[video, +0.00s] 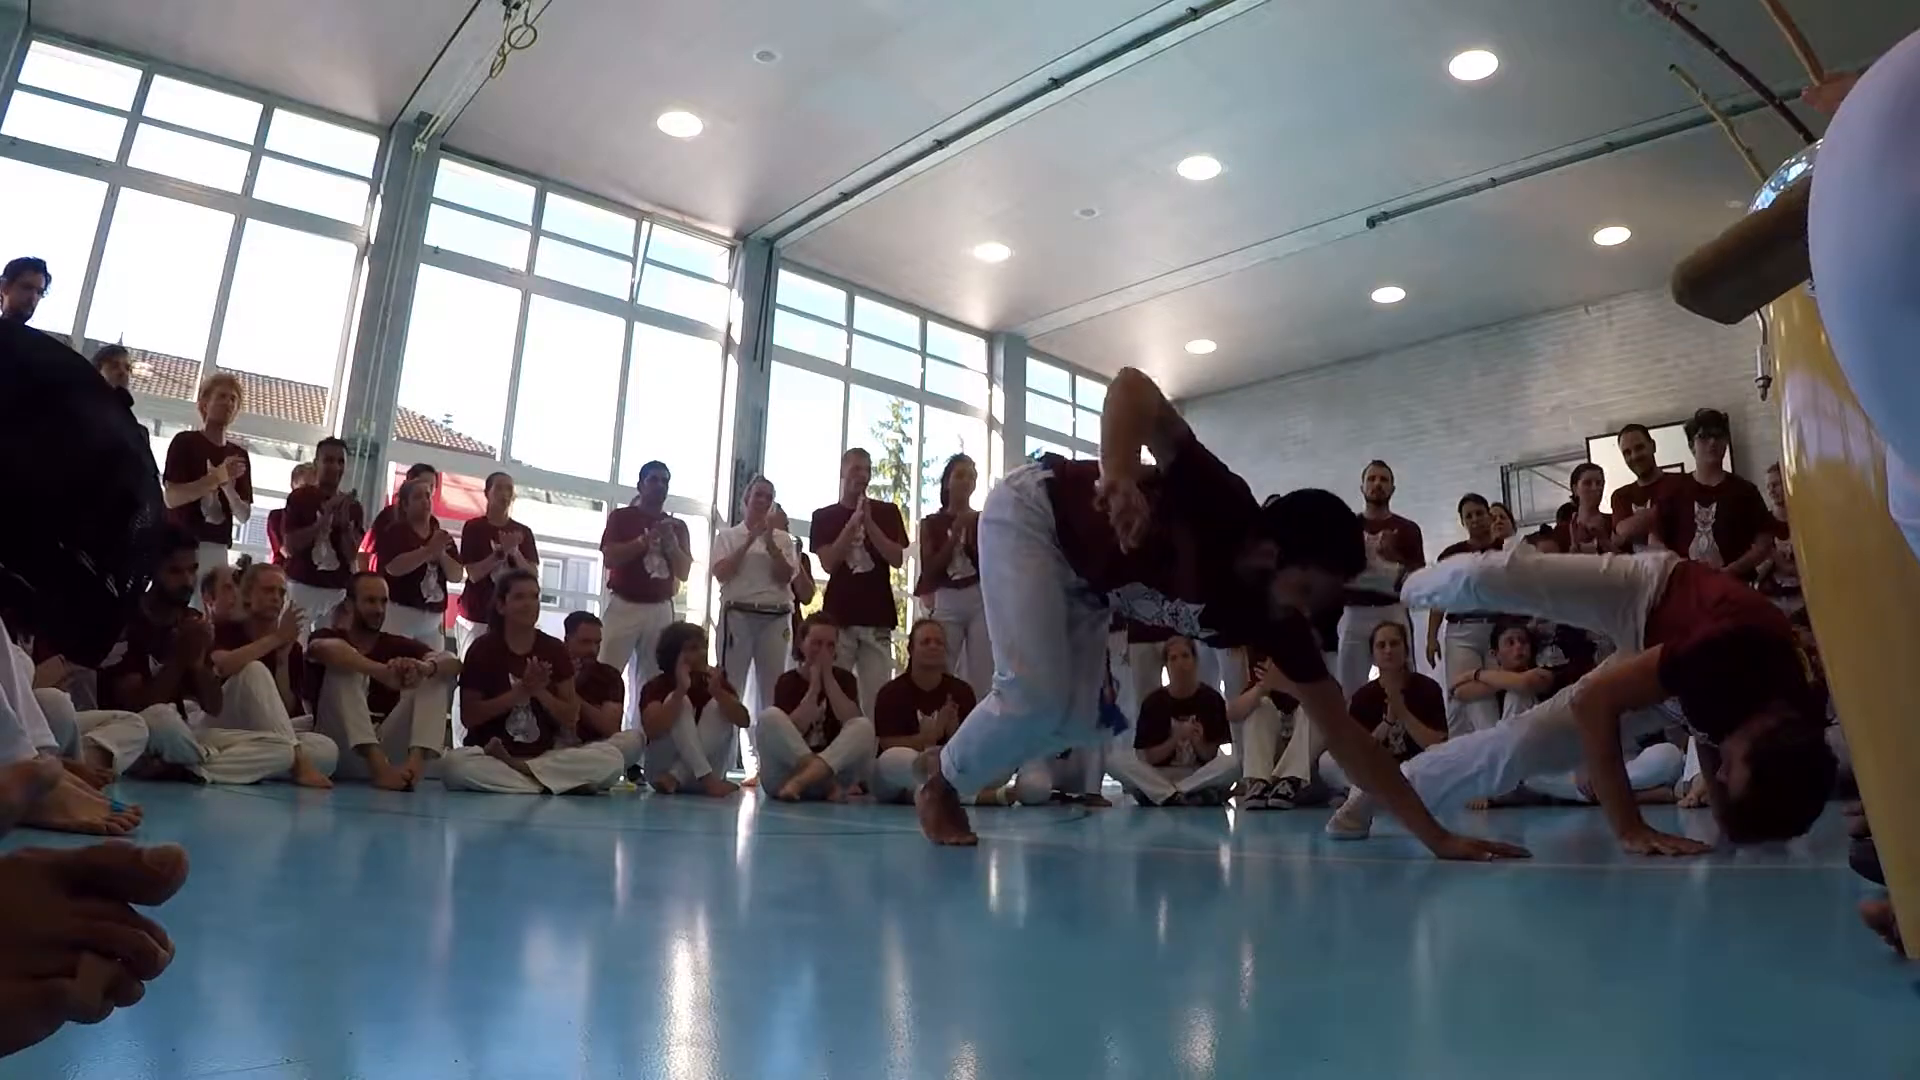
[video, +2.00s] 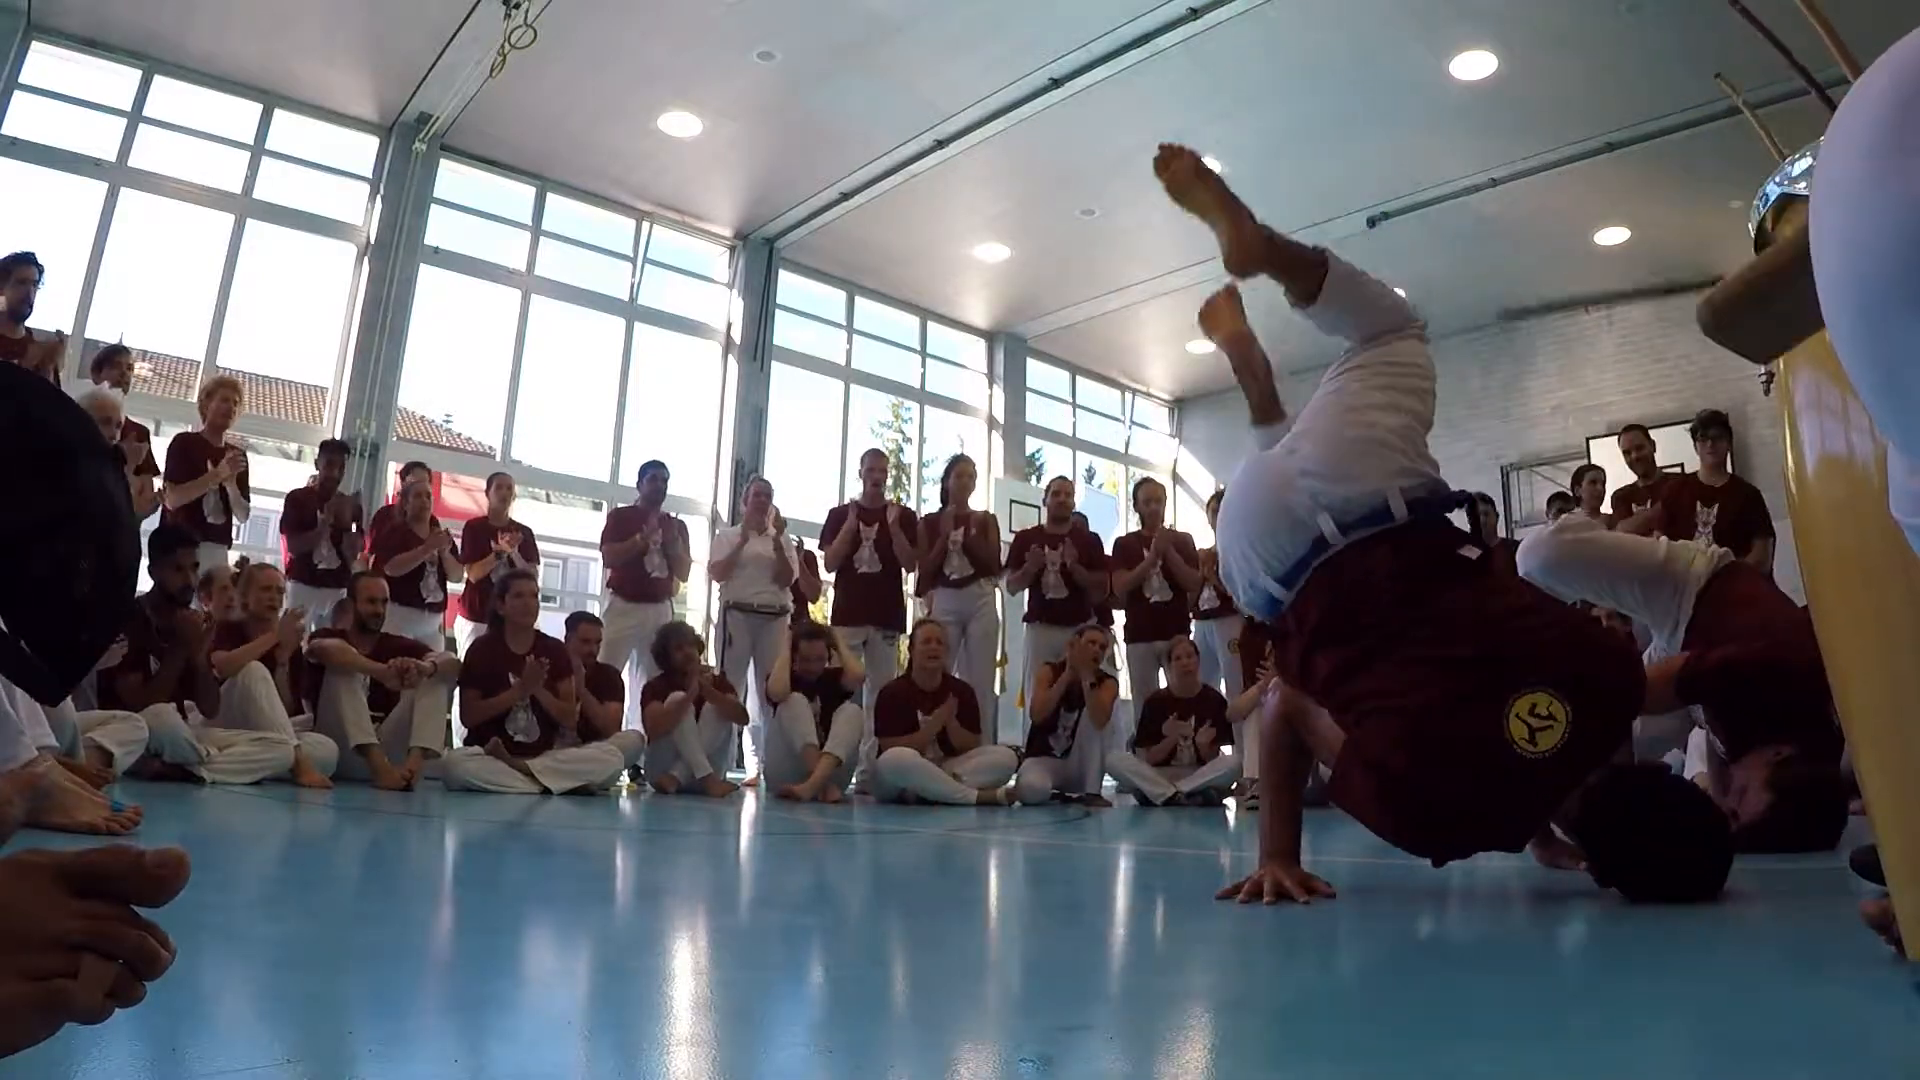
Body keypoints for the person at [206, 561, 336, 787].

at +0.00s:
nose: (276, 598)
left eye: (281, 592)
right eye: (268, 590)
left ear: (286, 598)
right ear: (247, 594)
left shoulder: (292, 648)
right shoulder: (226, 631)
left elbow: (290, 710)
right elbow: (222, 666)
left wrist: (283, 659)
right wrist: (278, 638)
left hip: (271, 733)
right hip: (225, 725)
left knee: (327, 751)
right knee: (254, 670)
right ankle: (299, 762)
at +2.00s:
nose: (274, 598)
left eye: (279, 591)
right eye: (266, 590)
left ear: (284, 597)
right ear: (245, 595)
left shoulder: (290, 642)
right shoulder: (228, 630)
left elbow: (290, 710)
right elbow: (221, 667)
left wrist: (284, 660)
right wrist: (275, 638)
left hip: (274, 733)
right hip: (227, 726)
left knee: (327, 752)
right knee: (253, 671)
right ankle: (299, 762)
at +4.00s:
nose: (273, 597)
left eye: (278, 591)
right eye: (264, 590)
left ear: (283, 596)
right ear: (245, 594)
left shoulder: (288, 643)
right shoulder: (229, 629)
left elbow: (292, 712)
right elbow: (220, 666)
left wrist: (278, 664)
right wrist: (279, 639)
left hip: (271, 732)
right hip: (223, 725)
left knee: (326, 752)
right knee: (253, 672)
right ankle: (299, 763)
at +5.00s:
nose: (276, 597)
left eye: (280, 591)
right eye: (268, 590)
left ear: (285, 597)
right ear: (244, 599)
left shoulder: (286, 645)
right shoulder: (226, 629)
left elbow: (291, 711)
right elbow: (222, 662)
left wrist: (301, 660)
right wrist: (281, 642)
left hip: (268, 733)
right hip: (222, 725)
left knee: (327, 751)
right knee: (253, 671)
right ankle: (298, 761)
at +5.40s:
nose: (291, 599)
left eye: (294, 594)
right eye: (283, 591)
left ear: (297, 600)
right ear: (257, 599)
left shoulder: (295, 650)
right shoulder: (234, 629)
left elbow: (302, 720)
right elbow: (236, 659)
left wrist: (314, 675)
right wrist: (302, 658)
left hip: (270, 734)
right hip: (224, 726)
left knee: (327, 752)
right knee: (253, 674)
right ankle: (299, 762)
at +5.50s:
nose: (295, 601)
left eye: (298, 596)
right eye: (287, 594)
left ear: (301, 601)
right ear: (262, 600)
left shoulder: (298, 654)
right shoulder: (233, 631)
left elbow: (301, 724)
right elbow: (239, 665)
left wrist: (322, 694)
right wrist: (305, 658)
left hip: (269, 736)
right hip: (222, 727)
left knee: (326, 753)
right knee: (253, 678)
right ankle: (298, 762)